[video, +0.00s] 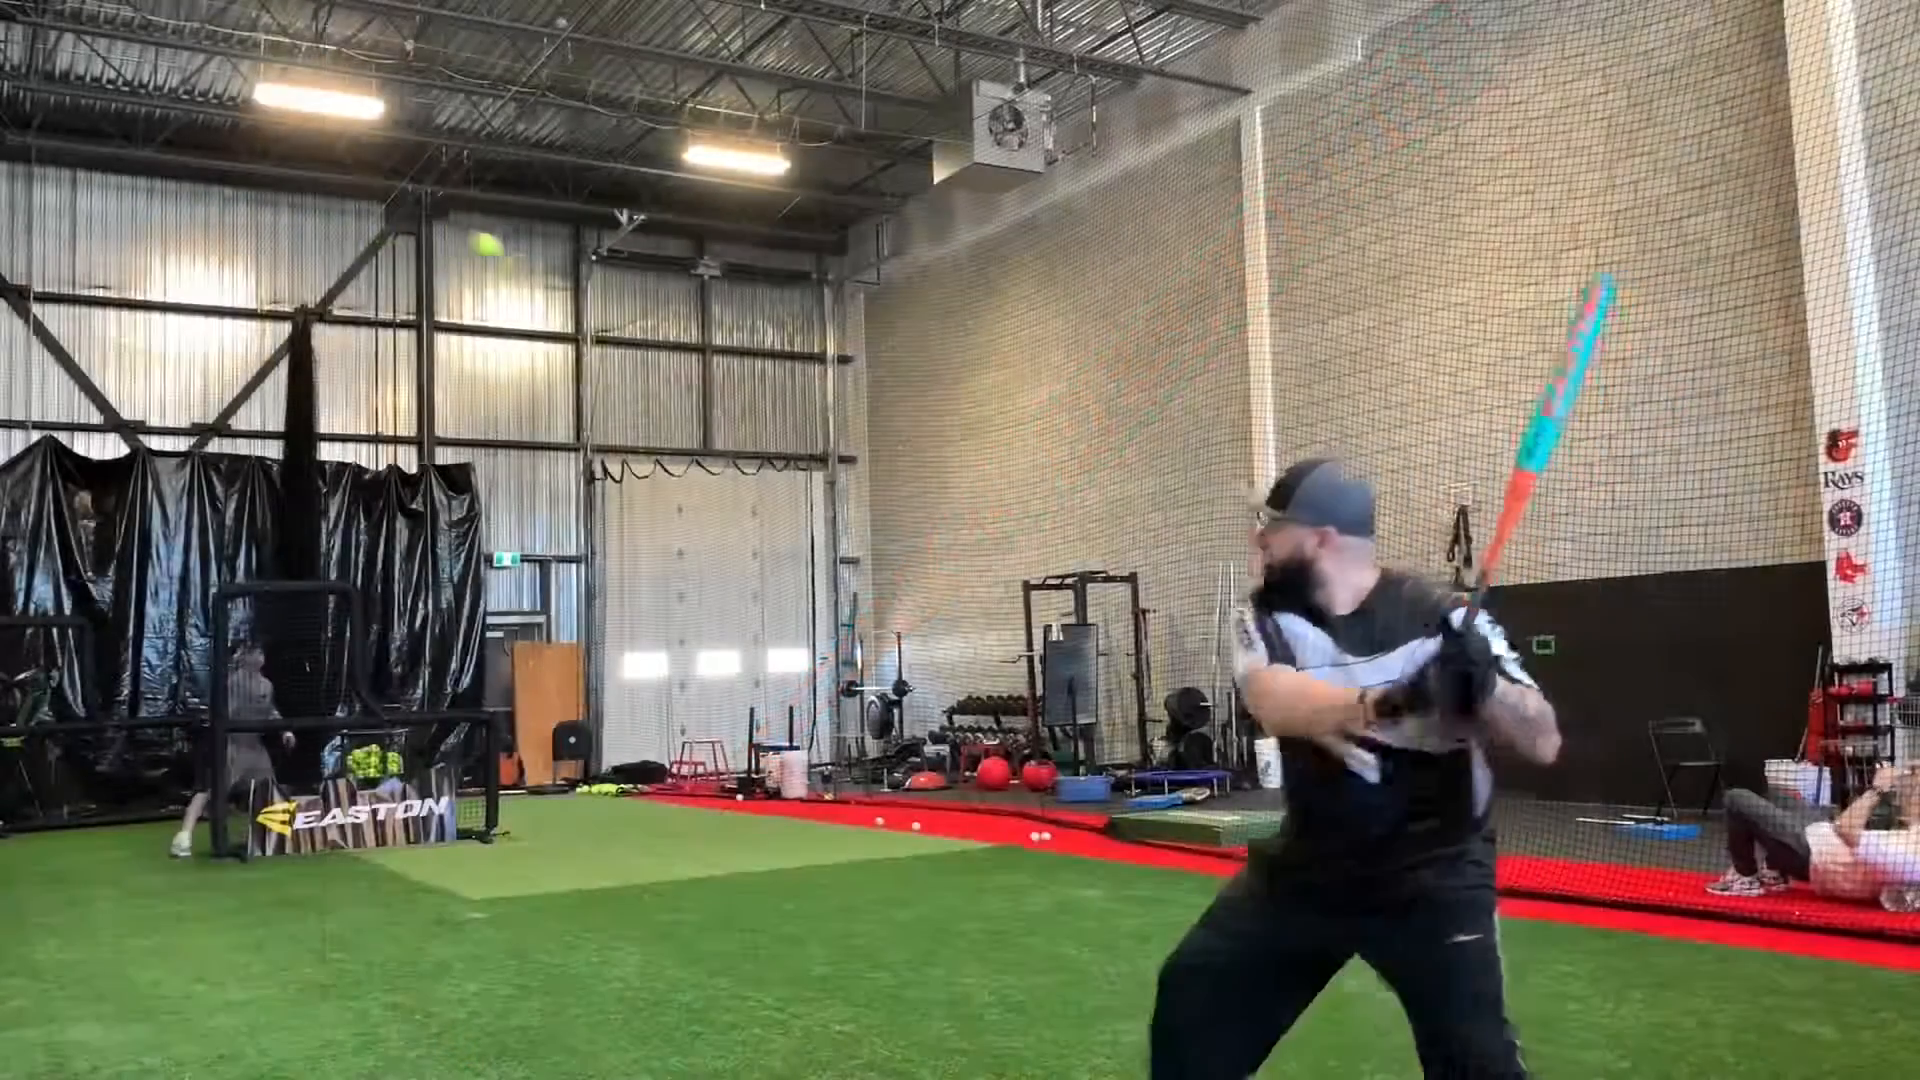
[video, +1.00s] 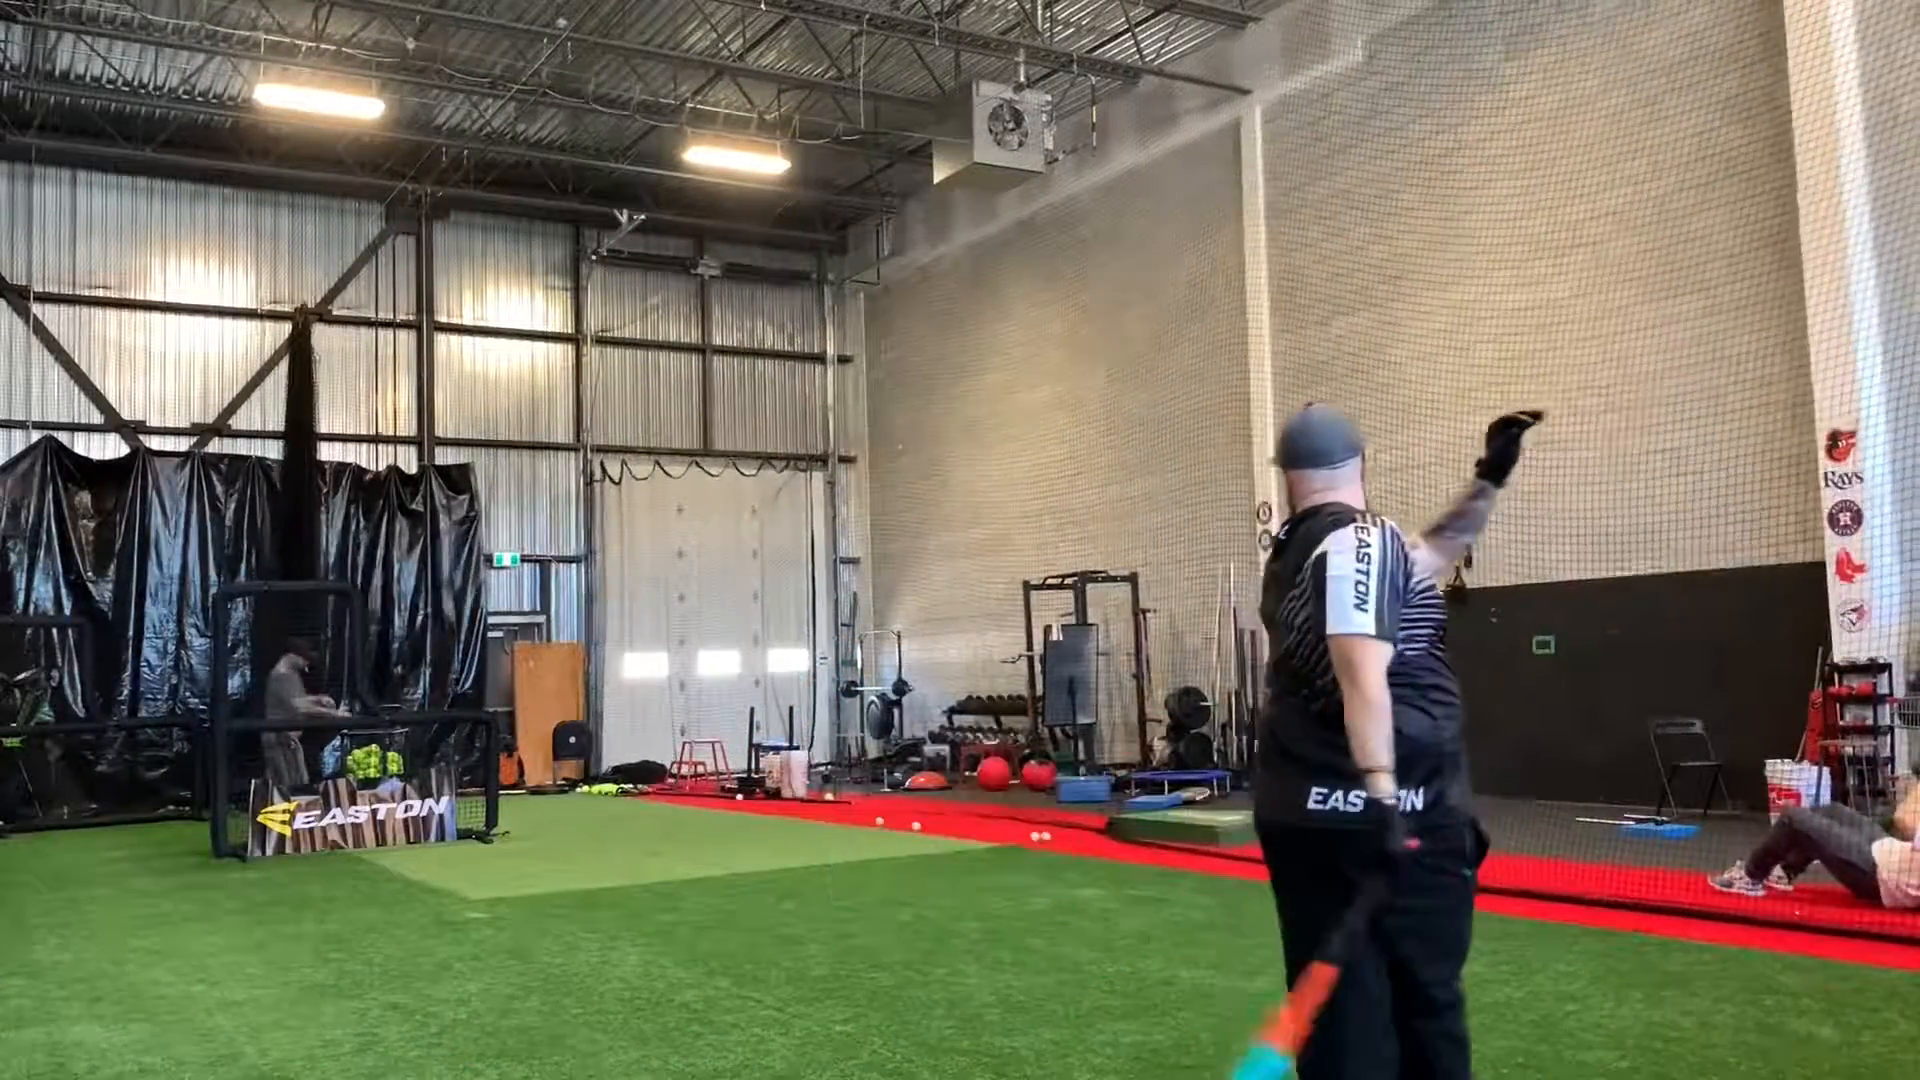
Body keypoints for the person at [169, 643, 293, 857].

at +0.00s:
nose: (262, 659)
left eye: (262, 654)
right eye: (258, 654)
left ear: (258, 658)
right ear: (245, 657)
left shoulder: (265, 685)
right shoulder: (229, 681)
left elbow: (269, 711)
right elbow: (217, 710)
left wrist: (284, 729)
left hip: (252, 743)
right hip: (230, 742)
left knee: (268, 788)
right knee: (206, 790)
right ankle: (184, 836)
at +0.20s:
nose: (275, 652)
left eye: (278, 648)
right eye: (270, 648)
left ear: (281, 652)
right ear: (260, 651)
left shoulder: (280, 678)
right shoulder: (244, 674)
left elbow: (277, 710)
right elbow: (237, 706)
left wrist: (284, 736)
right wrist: (241, 735)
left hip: (268, 735)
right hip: (247, 732)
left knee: (268, 780)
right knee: (249, 780)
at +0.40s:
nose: (282, 651)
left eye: (285, 647)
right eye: (278, 647)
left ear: (288, 650)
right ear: (268, 651)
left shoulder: (286, 676)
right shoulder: (257, 673)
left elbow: (282, 706)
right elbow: (249, 705)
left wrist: (281, 732)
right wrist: (256, 734)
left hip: (279, 733)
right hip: (261, 732)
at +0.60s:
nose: (283, 656)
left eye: (286, 652)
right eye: (280, 652)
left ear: (288, 654)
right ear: (270, 652)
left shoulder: (282, 674)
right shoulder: (262, 672)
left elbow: (288, 705)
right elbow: (260, 705)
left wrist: (293, 728)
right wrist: (278, 729)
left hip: (282, 734)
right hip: (266, 733)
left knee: (289, 777)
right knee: (272, 778)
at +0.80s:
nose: (292, 659)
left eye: (293, 655)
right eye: (289, 654)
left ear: (278, 653)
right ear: (277, 652)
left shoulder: (279, 673)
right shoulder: (269, 674)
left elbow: (283, 700)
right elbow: (278, 707)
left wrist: (302, 701)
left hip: (284, 730)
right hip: (272, 733)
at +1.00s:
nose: (308, 662)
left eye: (309, 658)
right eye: (306, 657)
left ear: (295, 653)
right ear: (296, 653)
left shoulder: (291, 671)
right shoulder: (283, 674)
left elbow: (297, 698)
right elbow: (298, 706)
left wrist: (317, 700)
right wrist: (334, 714)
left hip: (288, 733)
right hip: (278, 736)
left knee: (298, 780)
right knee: (289, 782)